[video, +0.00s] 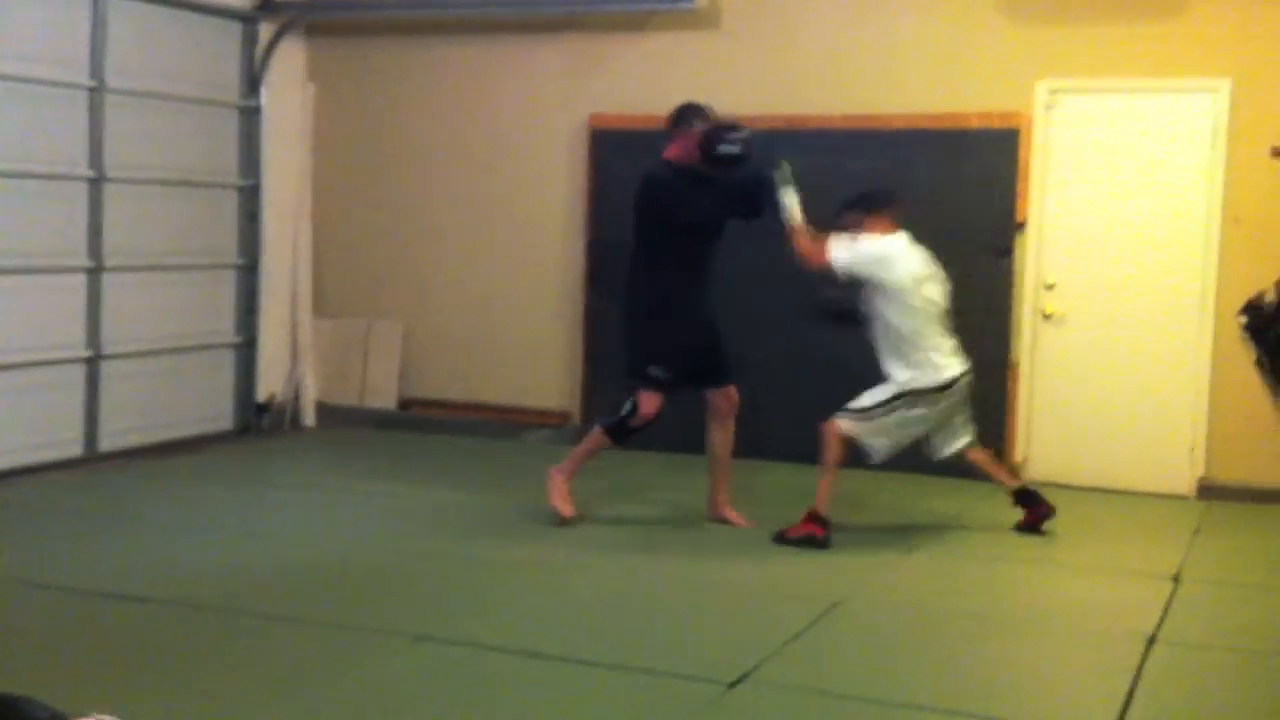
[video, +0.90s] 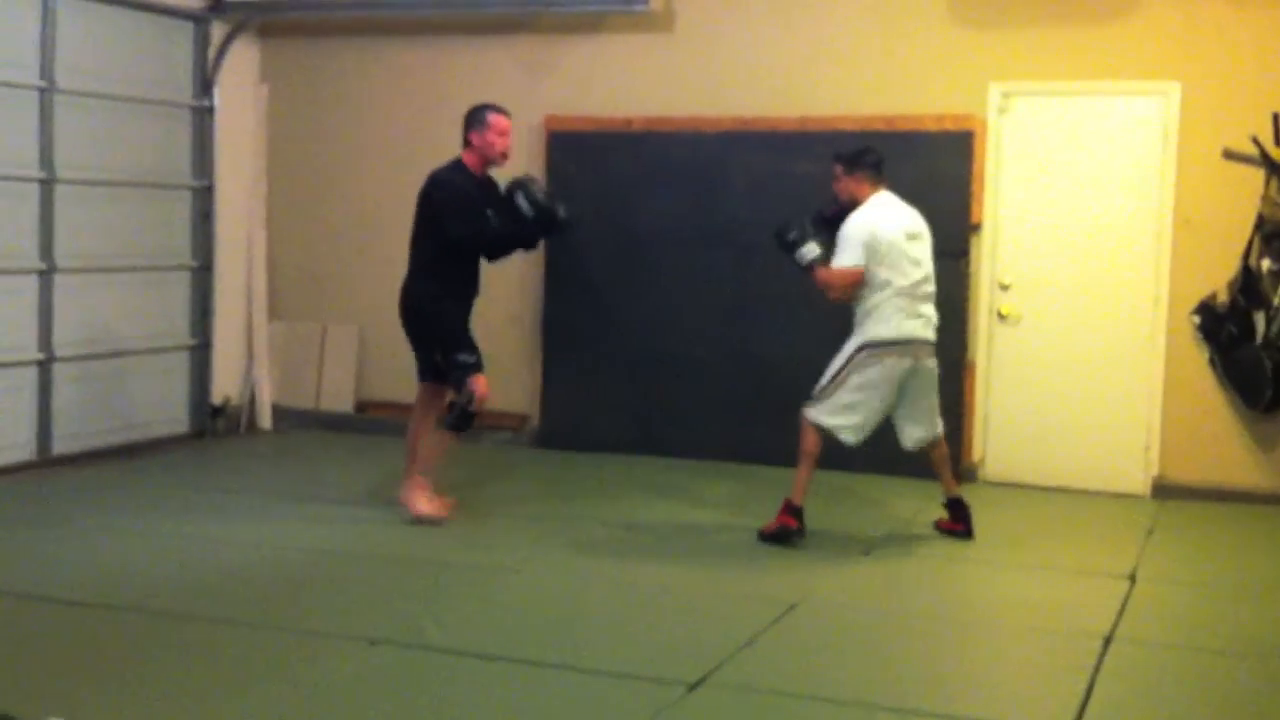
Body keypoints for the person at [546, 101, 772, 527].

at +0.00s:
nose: (706, 148)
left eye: (708, 140)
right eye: (699, 138)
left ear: (706, 141)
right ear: (678, 138)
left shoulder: (706, 181)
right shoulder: (659, 181)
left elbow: (750, 210)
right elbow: (699, 220)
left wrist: (745, 167)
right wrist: (723, 174)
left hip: (693, 305)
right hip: (653, 306)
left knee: (724, 400)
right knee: (647, 405)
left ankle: (719, 503)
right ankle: (562, 473)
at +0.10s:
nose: (667, 146)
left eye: (672, 139)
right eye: (661, 138)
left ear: (676, 142)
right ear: (644, 139)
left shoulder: (679, 184)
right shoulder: (629, 185)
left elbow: (725, 207)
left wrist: (712, 156)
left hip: (676, 306)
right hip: (635, 307)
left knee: (715, 395)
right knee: (626, 406)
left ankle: (708, 500)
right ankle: (539, 470)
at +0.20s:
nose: (643, 158)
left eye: (647, 149)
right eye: (637, 149)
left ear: (647, 152)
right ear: (619, 148)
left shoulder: (649, 192)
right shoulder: (596, 191)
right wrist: (663, 186)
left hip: (645, 315)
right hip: (603, 317)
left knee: (679, 397)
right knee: (598, 408)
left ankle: (705, 496)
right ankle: (520, 485)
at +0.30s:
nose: (613, 162)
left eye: (619, 156)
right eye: (612, 153)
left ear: (616, 160)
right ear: (597, 152)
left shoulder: (612, 195)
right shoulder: (563, 190)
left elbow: (622, 257)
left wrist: (639, 198)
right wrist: (629, 194)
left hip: (589, 310)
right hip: (547, 312)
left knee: (631, 388)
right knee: (552, 409)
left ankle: (671, 495)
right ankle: (491, 500)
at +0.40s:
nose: (588, 170)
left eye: (590, 162)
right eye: (584, 161)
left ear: (570, 158)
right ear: (565, 157)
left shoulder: (570, 196)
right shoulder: (533, 193)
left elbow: (588, 256)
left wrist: (611, 203)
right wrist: (603, 198)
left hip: (545, 308)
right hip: (507, 311)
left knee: (594, 378)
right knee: (524, 408)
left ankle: (563, 478)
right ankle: (475, 500)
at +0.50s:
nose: (550, 164)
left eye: (555, 156)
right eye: (546, 153)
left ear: (551, 155)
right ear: (524, 144)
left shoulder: (532, 185)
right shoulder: (490, 177)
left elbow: (546, 249)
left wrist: (571, 202)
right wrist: (558, 196)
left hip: (496, 303)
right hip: (463, 301)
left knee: (507, 400)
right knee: (485, 398)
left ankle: (451, 458)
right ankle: (458, 500)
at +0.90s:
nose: (507, 143)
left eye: (508, 134)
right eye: (500, 134)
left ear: (489, 139)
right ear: (474, 136)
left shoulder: (485, 188)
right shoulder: (448, 184)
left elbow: (494, 247)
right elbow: (480, 244)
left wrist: (532, 226)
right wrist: (519, 219)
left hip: (450, 305)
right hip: (430, 305)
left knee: (432, 393)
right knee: (470, 389)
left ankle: (417, 483)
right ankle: (418, 484)